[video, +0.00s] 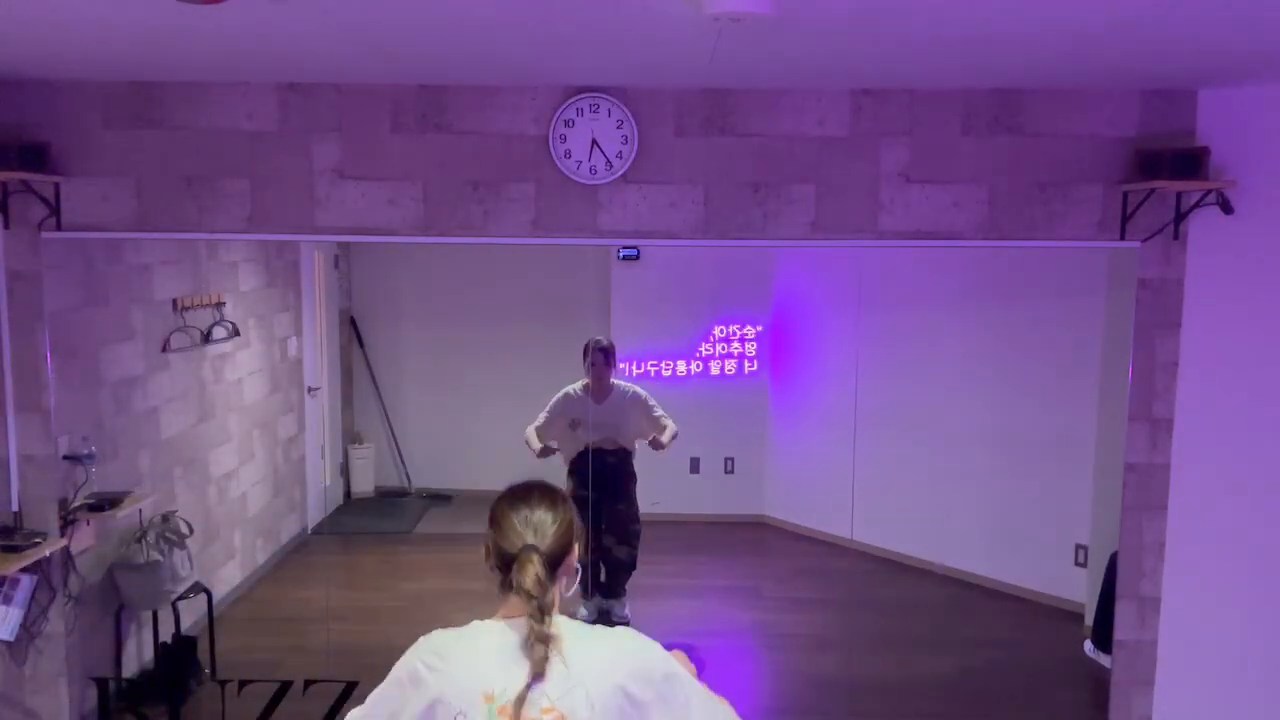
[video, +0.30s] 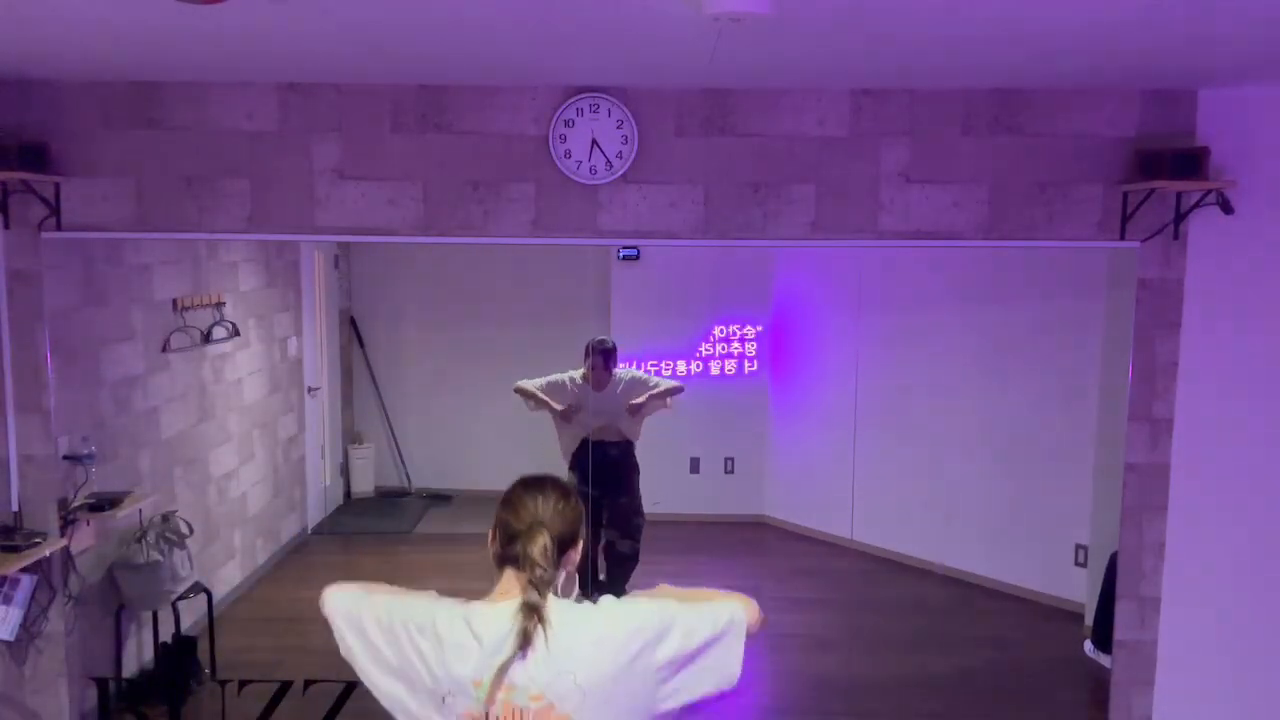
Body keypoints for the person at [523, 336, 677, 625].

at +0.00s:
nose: (598, 370)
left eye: (603, 364)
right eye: (592, 364)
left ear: (613, 365)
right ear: (585, 366)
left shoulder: (632, 396)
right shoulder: (569, 397)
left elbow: (668, 426)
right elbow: (533, 431)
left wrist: (663, 438)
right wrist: (539, 446)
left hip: (619, 468)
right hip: (584, 468)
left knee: (623, 532)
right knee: (587, 532)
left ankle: (616, 599)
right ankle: (589, 599)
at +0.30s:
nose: (596, 376)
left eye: (602, 371)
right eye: (592, 370)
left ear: (613, 367)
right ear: (585, 365)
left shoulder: (628, 380)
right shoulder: (571, 381)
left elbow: (676, 387)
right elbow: (521, 388)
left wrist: (646, 399)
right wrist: (554, 407)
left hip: (621, 459)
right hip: (586, 458)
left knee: (626, 525)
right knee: (586, 526)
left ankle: (615, 591)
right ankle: (588, 590)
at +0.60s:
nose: (590, 327)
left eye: (597, 321)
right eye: (586, 320)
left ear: (609, 323)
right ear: (581, 321)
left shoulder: (622, 339)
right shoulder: (569, 343)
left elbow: (650, 366)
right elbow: (528, 368)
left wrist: (626, 398)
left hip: (619, 426)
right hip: (583, 424)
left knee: (624, 485)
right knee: (584, 483)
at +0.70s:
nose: (590, 324)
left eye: (598, 318)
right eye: (586, 317)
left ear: (608, 321)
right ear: (579, 319)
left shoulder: (620, 340)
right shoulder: (569, 342)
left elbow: (634, 386)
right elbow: (550, 382)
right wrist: (559, 426)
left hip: (615, 426)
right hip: (579, 426)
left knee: (625, 489)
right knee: (581, 486)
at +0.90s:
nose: (578, 325)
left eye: (584, 320)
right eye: (576, 319)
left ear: (599, 323)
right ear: (574, 321)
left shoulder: (611, 358)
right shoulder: (569, 348)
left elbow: (602, 413)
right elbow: (556, 396)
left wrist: (590, 458)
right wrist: (549, 438)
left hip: (601, 438)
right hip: (569, 434)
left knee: (605, 516)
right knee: (553, 508)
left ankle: (614, 593)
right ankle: (546, 587)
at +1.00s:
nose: (572, 333)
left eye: (578, 328)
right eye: (570, 328)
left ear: (593, 329)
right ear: (567, 327)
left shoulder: (598, 365)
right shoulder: (568, 352)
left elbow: (587, 418)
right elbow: (554, 398)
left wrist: (576, 464)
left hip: (584, 447)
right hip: (555, 442)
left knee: (595, 526)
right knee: (537, 517)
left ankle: (614, 597)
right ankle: (519, 592)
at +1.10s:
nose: (560, 348)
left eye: (565, 343)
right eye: (558, 342)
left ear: (583, 345)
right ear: (557, 342)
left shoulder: (584, 381)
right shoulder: (558, 364)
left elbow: (570, 438)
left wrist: (551, 480)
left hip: (572, 460)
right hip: (544, 455)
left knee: (586, 537)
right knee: (506, 520)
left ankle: (613, 598)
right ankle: (482, 588)